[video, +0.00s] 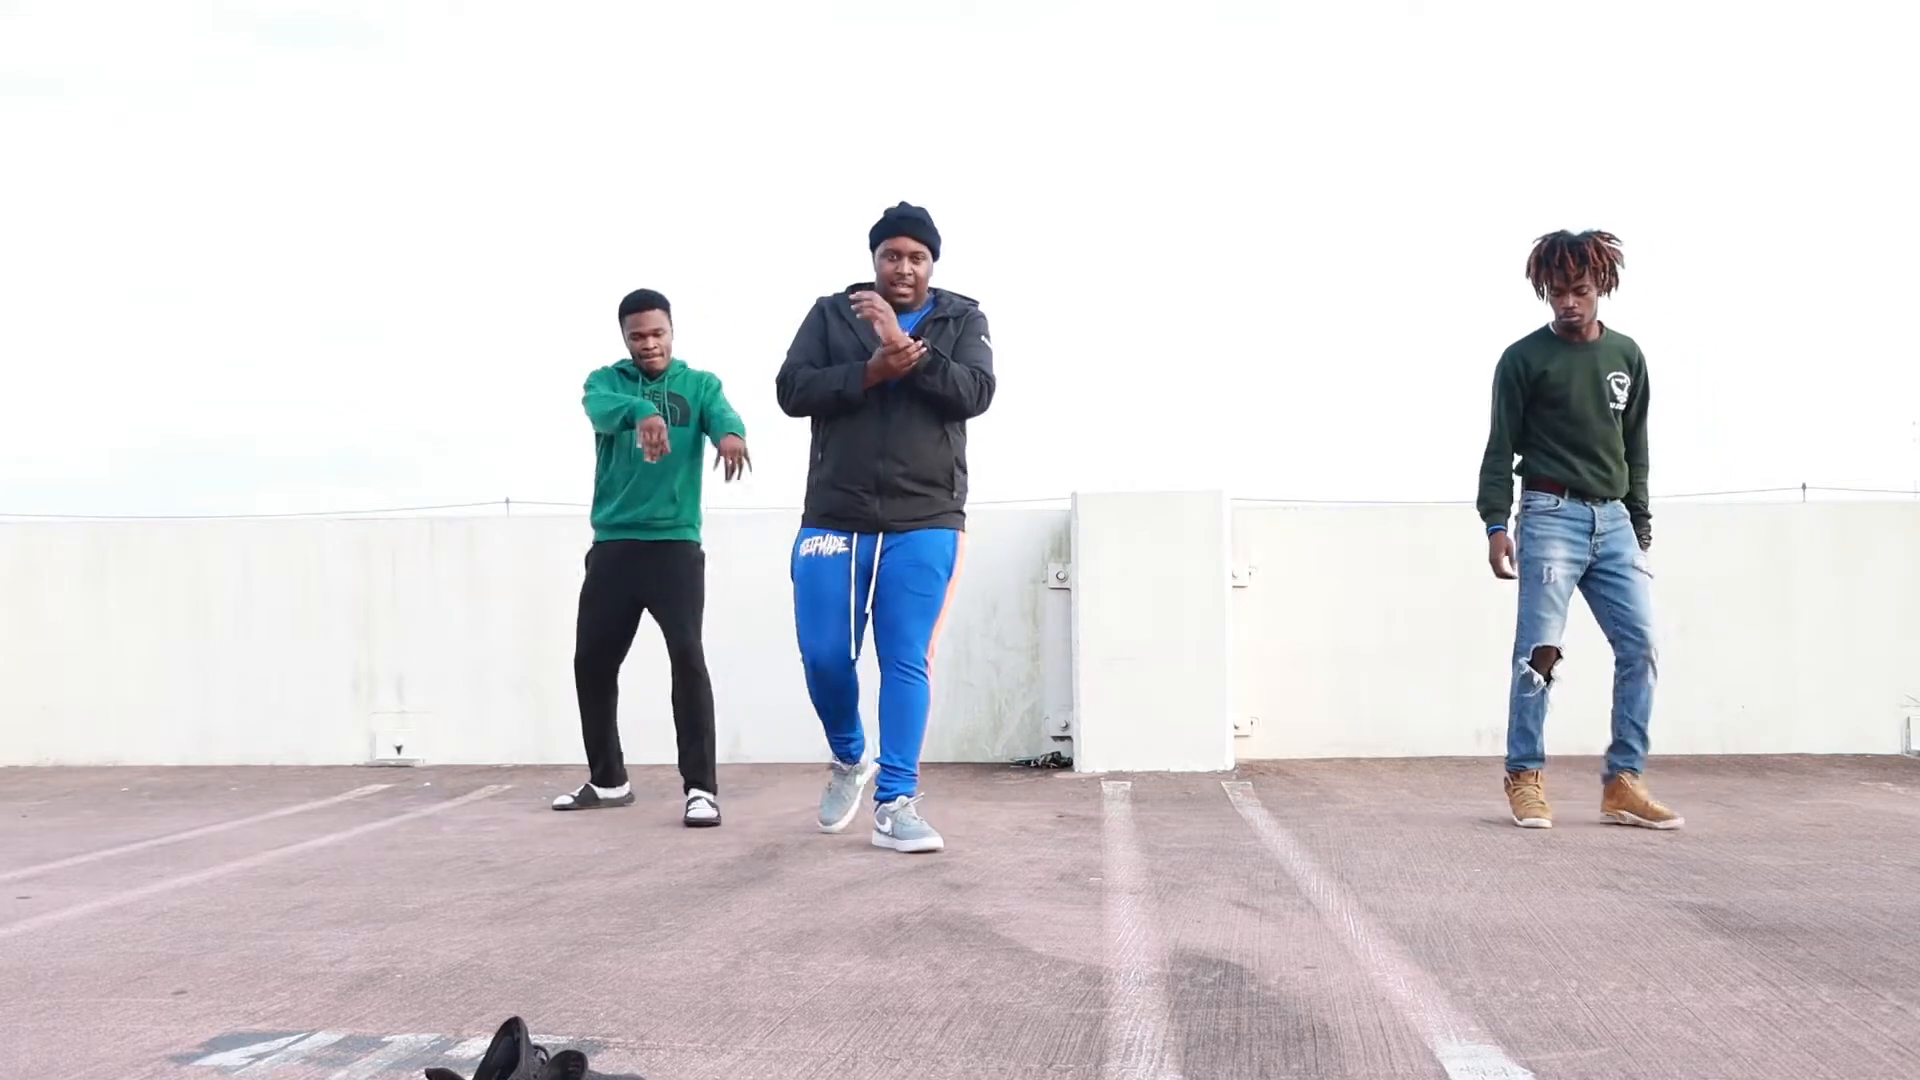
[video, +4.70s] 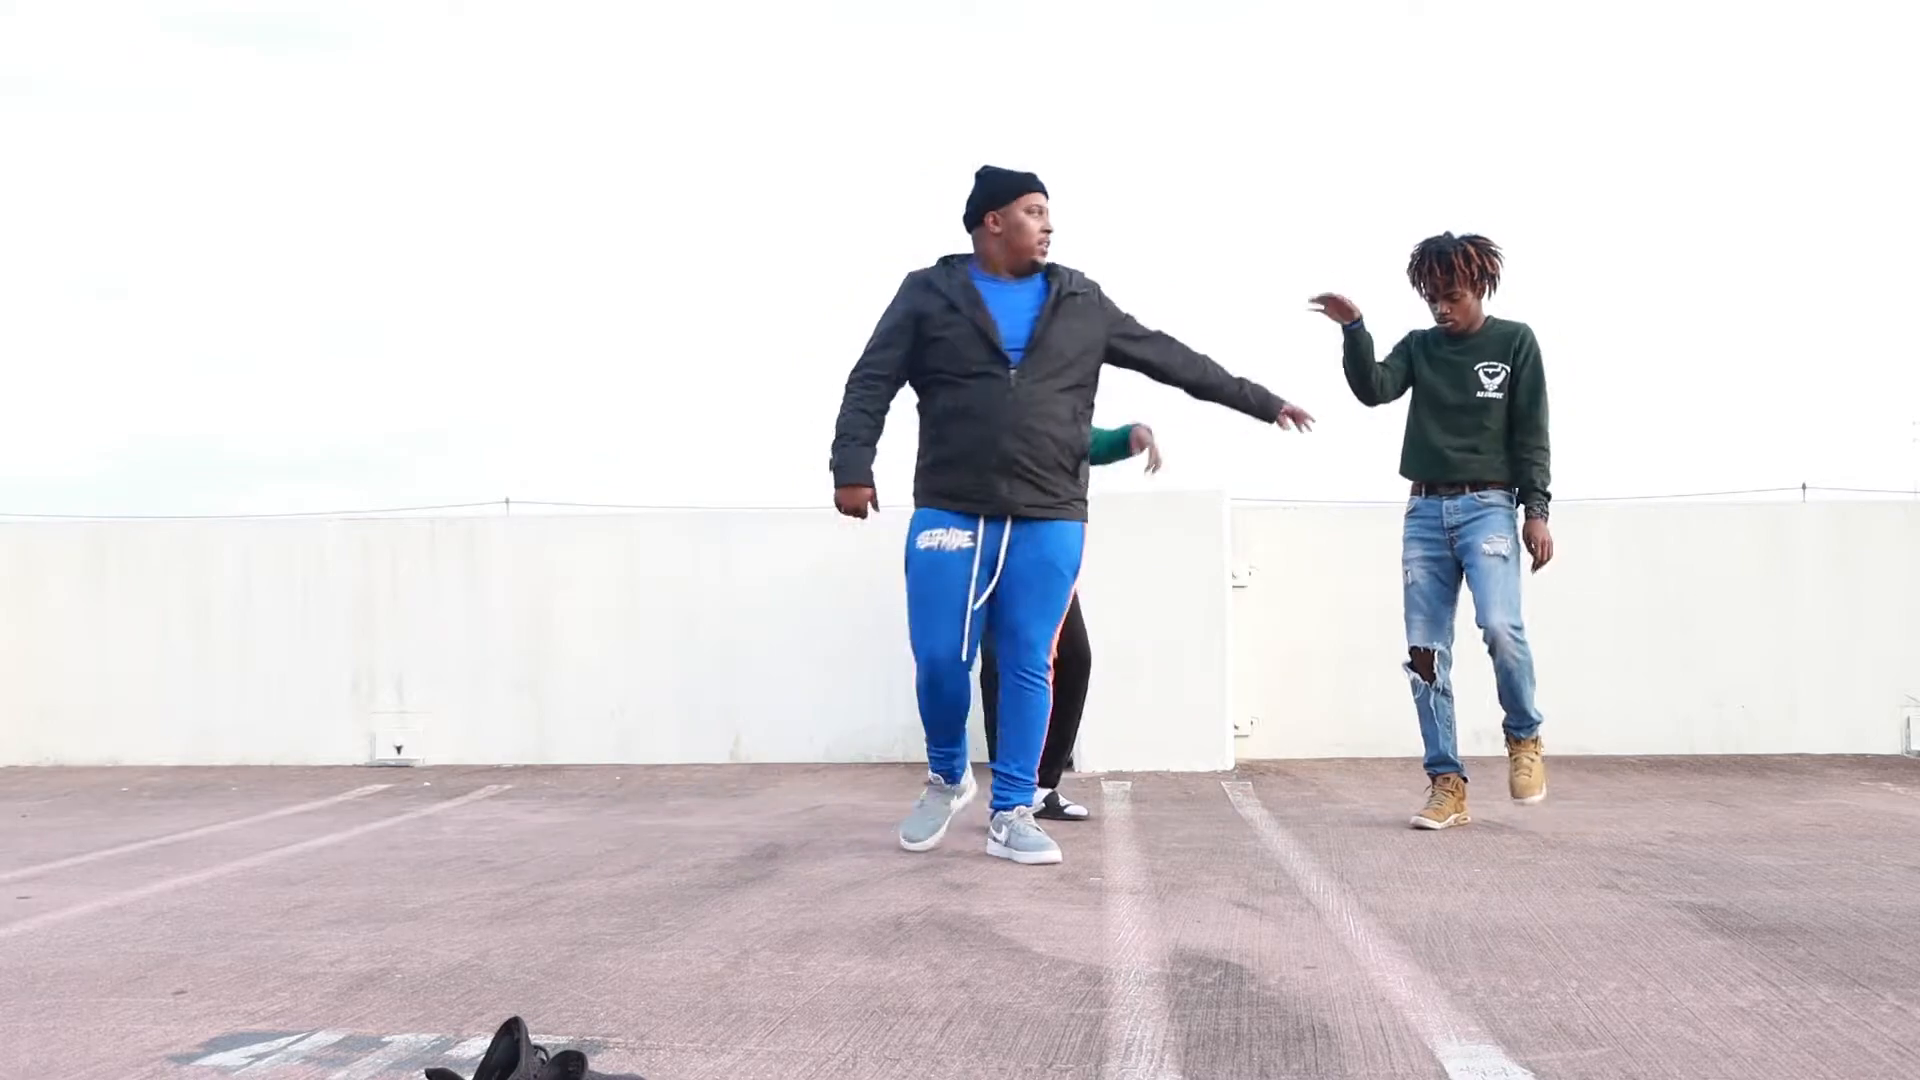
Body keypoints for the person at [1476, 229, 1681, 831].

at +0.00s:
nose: (1567, 302)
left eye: (1577, 290)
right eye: (1556, 291)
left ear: (1601, 288)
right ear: (1544, 292)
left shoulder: (1626, 356)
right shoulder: (1522, 360)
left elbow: (1635, 448)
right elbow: (1499, 449)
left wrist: (1639, 526)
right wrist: (1496, 523)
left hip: (1612, 521)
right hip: (1548, 517)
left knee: (1640, 647)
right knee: (1539, 652)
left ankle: (1622, 782)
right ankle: (1524, 777)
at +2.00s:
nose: (1510, 321)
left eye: (1520, 309)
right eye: (1500, 310)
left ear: (1542, 304)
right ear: (1488, 307)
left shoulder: (1567, 352)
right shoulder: (1466, 359)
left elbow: (1585, 439)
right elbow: (1442, 446)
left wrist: (1595, 519)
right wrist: (1443, 518)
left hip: (1556, 526)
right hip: (1486, 524)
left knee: (1568, 656)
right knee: (1484, 657)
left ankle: (1538, 781)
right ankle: (1497, 777)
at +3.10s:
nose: (1467, 301)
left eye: (1478, 288)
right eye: (1459, 291)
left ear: (1509, 286)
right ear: (1451, 294)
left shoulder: (1545, 345)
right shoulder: (1449, 355)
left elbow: (1568, 434)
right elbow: (1442, 439)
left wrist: (1524, 464)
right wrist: (1434, 519)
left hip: (1530, 517)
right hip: (1467, 518)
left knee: (1525, 642)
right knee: (1475, 650)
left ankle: (1532, 772)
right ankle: (1499, 772)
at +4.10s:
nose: (1476, 313)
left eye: (1485, 299)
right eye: (1469, 302)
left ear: (1521, 289)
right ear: (1465, 298)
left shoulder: (1561, 330)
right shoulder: (1478, 362)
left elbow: (1554, 411)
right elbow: (1473, 451)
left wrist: (1488, 407)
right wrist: (1416, 446)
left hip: (1558, 515)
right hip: (1500, 517)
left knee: (1558, 655)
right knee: (1464, 648)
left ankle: (1571, 789)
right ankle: (1473, 781)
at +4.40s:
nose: (1454, 308)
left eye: (1464, 295)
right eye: (1446, 297)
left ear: (1497, 285)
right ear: (1441, 292)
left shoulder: (1533, 332)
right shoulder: (1440, 350)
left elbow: (1538, 415)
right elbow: (1417, 431)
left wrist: (1494, 414)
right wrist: (1374, 396)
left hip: (1518, 512)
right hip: (1454, 514)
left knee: (1538, 653)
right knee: (1442, 653)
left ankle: (1566, 783)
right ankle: (1448, 785)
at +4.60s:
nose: (1444, 308)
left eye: (1454, 296)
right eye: (1436, 298)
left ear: (1483, 286)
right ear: (1429, 293)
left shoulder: (1519, 336)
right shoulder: (1421, 345)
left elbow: (1534, 421)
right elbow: (1378, 400)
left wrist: (1528, 485)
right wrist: (1357, 346)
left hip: (1495, 506)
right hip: (1431, 512)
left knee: (1506, 628)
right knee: (1430, 649)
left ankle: (1534, 742)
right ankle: (1446, 782)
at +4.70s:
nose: (1441, 311)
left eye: (1451, 298)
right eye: (1433, 300)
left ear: (1481, 287)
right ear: (1426, 295)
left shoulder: (1515, 341)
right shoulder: (1419, 345)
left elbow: (1531, 432)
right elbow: (1372, 389)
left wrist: (1536, 511)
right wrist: (1354, 327)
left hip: (1488, 507)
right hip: (1424, 511)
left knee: (1499, 626)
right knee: (1424, 652)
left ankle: (1522, 738)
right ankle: (1446, 784)